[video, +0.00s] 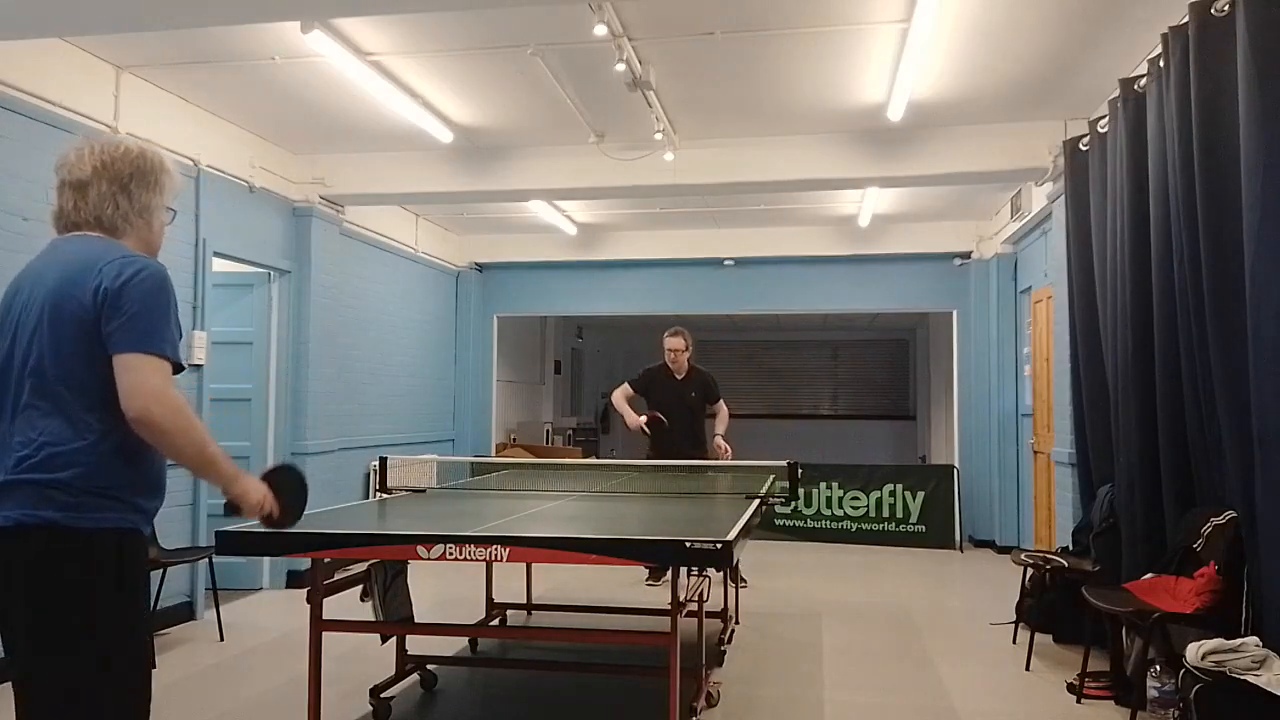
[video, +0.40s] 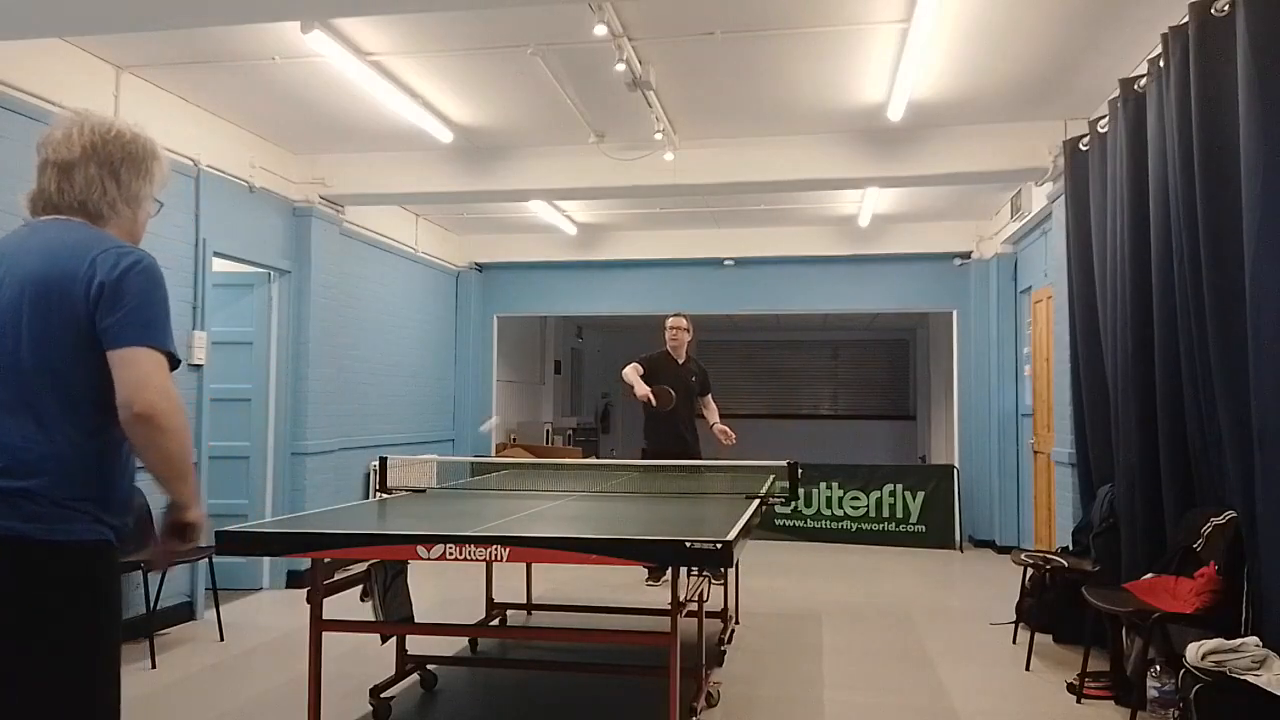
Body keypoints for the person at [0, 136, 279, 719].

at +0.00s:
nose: (166, 230)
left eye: (167, 216)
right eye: (164, 214)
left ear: (75, 206)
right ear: (134, 208)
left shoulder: (26, 279)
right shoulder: (132, 272)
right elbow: (147, 403)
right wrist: (234, 481)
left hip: (17, 533)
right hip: (87, 536)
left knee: (41, 703)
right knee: (105, 703)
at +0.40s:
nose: (152, 218)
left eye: (156, 204)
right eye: (151, 202)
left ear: (52, 185)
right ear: (119, 194)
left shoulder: (12, 248)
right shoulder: (120, 263)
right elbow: (144, 405)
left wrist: (121, 504)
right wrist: (187, 503)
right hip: (59, 547)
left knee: (21, 699)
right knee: (76, 705)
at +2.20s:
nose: (178, 217)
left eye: (181, 202)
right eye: (175, 200)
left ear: (79, 185)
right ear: (138, 193)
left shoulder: (16, 259)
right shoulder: (140, 264)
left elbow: (34, 410)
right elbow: (215, 393)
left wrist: (133, 503)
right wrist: (260, 471)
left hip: (8, 545)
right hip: (79, 556)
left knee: (18, 700)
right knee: (84, 706)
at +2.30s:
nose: (199, 225)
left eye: (202, 210)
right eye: (196, 208)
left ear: (100, 196)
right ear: (159, 201)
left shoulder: (27, 277)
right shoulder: (156, 268)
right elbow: (268, 381)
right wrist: (304, 453)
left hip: (17, 549)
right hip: (100, 557)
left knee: (40, 703)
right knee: (106, 707)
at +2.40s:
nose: (217, 231)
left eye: (220, 217)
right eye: (214, 215)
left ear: (120, 202)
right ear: (180, 207)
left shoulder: (47, 284)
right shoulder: (187, 275)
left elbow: (7, 403)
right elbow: (318, 376)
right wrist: (353, 437)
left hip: (27, 551)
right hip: (123, 553)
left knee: (74, 708)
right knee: (135, 708)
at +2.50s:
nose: (232, 236)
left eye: (235, 222)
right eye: (230, 220)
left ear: (138, 205)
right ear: (199, 212)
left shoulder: (61, 285)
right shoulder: (215, 284)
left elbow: (9, 418)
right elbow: (357, 384)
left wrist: (9, 529)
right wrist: (409, 430)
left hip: (35, 551)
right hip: (131, 552)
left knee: (77, 708)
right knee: (140, 707)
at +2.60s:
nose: (240, 234)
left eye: (242, 221)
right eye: (237, 219)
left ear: (144, 207)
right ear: (209, 213)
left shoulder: (67, 283)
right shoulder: (225, 286)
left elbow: (19, 419)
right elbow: (354, 379)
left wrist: (47, 489)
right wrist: (429, 397)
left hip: (37, 545)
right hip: (139, 549)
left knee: (67, 705)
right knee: (141, 706)